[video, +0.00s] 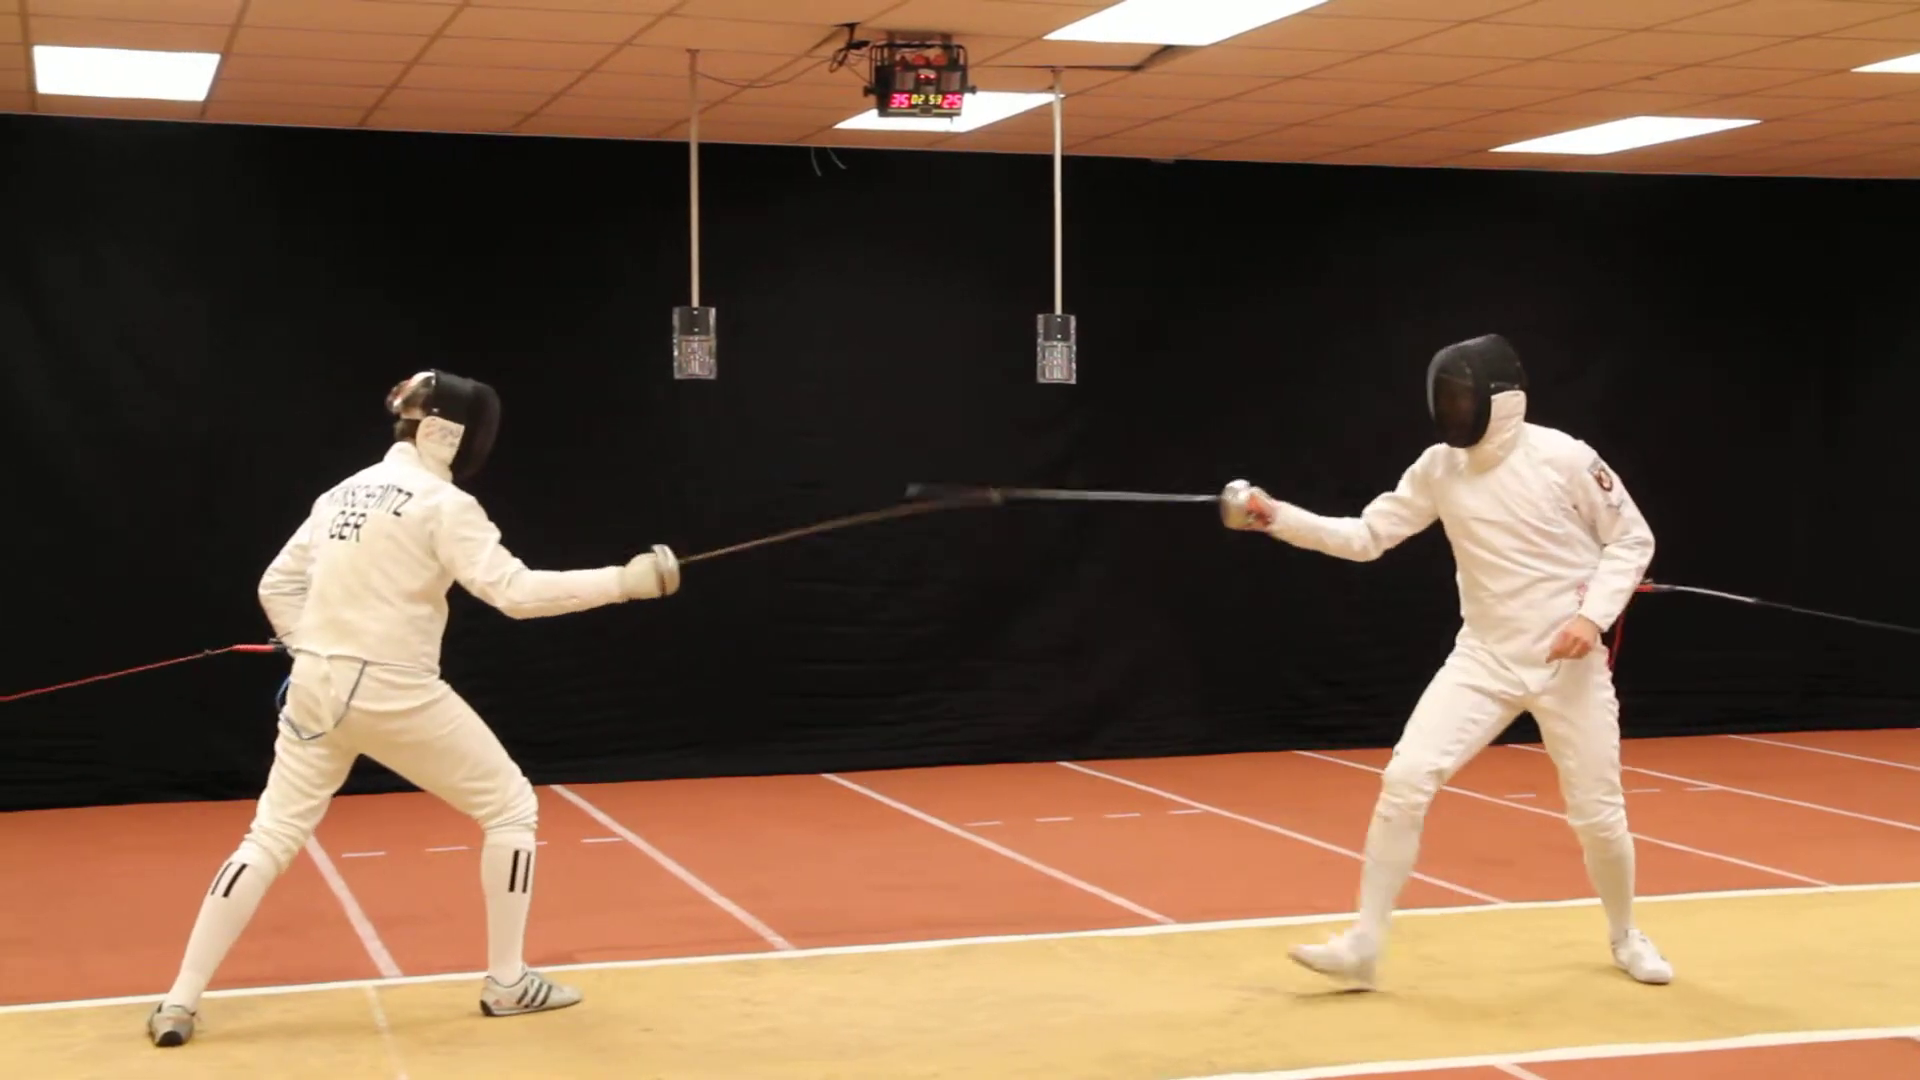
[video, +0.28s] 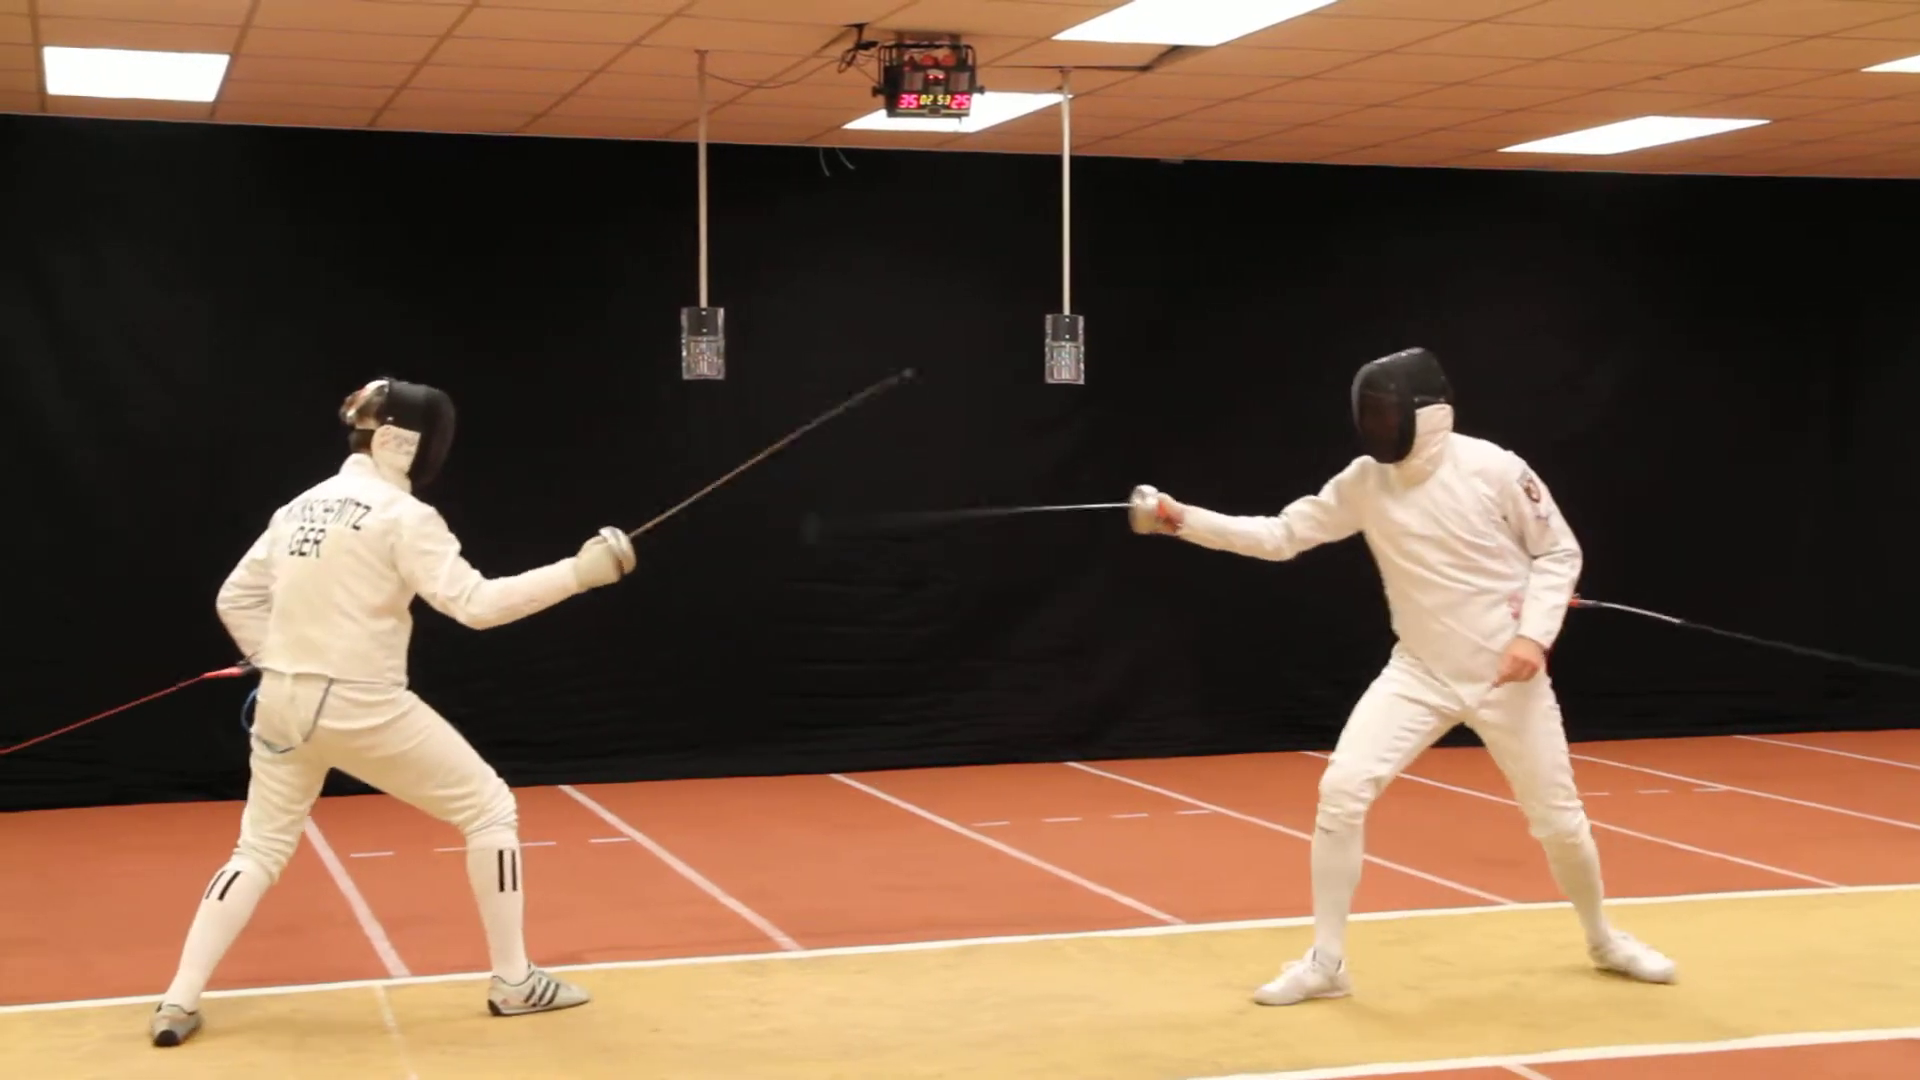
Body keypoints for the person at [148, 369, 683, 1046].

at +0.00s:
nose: (474, 444)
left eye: (473, 431)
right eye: (469, 430)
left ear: (410, 426)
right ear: (443, 430)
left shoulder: (341, 497)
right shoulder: (444, 505)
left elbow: (278, 586)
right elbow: (515, 591)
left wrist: (321, 658)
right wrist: (627, 580)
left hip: (313, 687)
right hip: (395, 691)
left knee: (268, 837)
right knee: (511, 806)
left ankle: (179, 1002)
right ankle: (508, 981)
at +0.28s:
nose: (431, 455)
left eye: (428, 442)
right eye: (429, 443)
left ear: (363, 435)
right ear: (410, 443)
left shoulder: (300, 509)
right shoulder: (405, 517)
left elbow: (236, 600)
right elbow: (476, 604)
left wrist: (284, 671)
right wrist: (580, 570)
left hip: (280, 707)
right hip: (367, 707)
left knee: (258, 851)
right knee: (488, 809)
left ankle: (178, 1001)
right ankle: (514, 980)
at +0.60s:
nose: (411, 451)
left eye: (410, 438)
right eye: (406, 438)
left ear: (346, 434)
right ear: (383, 437)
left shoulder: (287, 510)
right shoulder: (383, 510)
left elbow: (230, 599)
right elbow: (459, 588)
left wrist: (280, 671)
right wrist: (570, 561)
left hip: (277, 708)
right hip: (362, 707)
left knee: (264, 850)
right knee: (483, 808)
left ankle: (187, 1001)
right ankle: (530, 975)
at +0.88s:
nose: (459, 452)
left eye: (459, 439)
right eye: (453, 438)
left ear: (394, 434)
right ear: (428, 439)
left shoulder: (338, 506)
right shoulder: (425, 509)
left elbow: (284, 598)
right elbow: (481, 599)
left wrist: (328, 664)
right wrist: (595, 612)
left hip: (322, 699)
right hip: (401, 699)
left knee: (300, 841)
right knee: (521, 805)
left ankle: (194, 973)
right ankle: (539, 974)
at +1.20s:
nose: (482, 468)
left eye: (477, 453)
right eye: (478, 456)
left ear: (413, 450)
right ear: (458, 460)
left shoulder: (354, 517)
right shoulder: (442, 532)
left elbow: (300, 603)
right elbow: (526, 607)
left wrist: (327, 675)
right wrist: (638, 581)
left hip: (322, 708)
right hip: (400, 712)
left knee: (280, 854)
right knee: (531, 810)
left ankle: (178, 996)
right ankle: (603, 965)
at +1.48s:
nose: (573, 466)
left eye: (569, 450)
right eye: (569, 452)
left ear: (521, 443)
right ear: (553, 450)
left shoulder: (454, 505)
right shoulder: (547, 518)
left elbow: (388, 591)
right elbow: (641, 591)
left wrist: (424, 666)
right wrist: (754, 580)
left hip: (406, 687)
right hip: (485, 697)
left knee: (357, 834)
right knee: (601, 799)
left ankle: (245, 968)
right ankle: (619, 966)